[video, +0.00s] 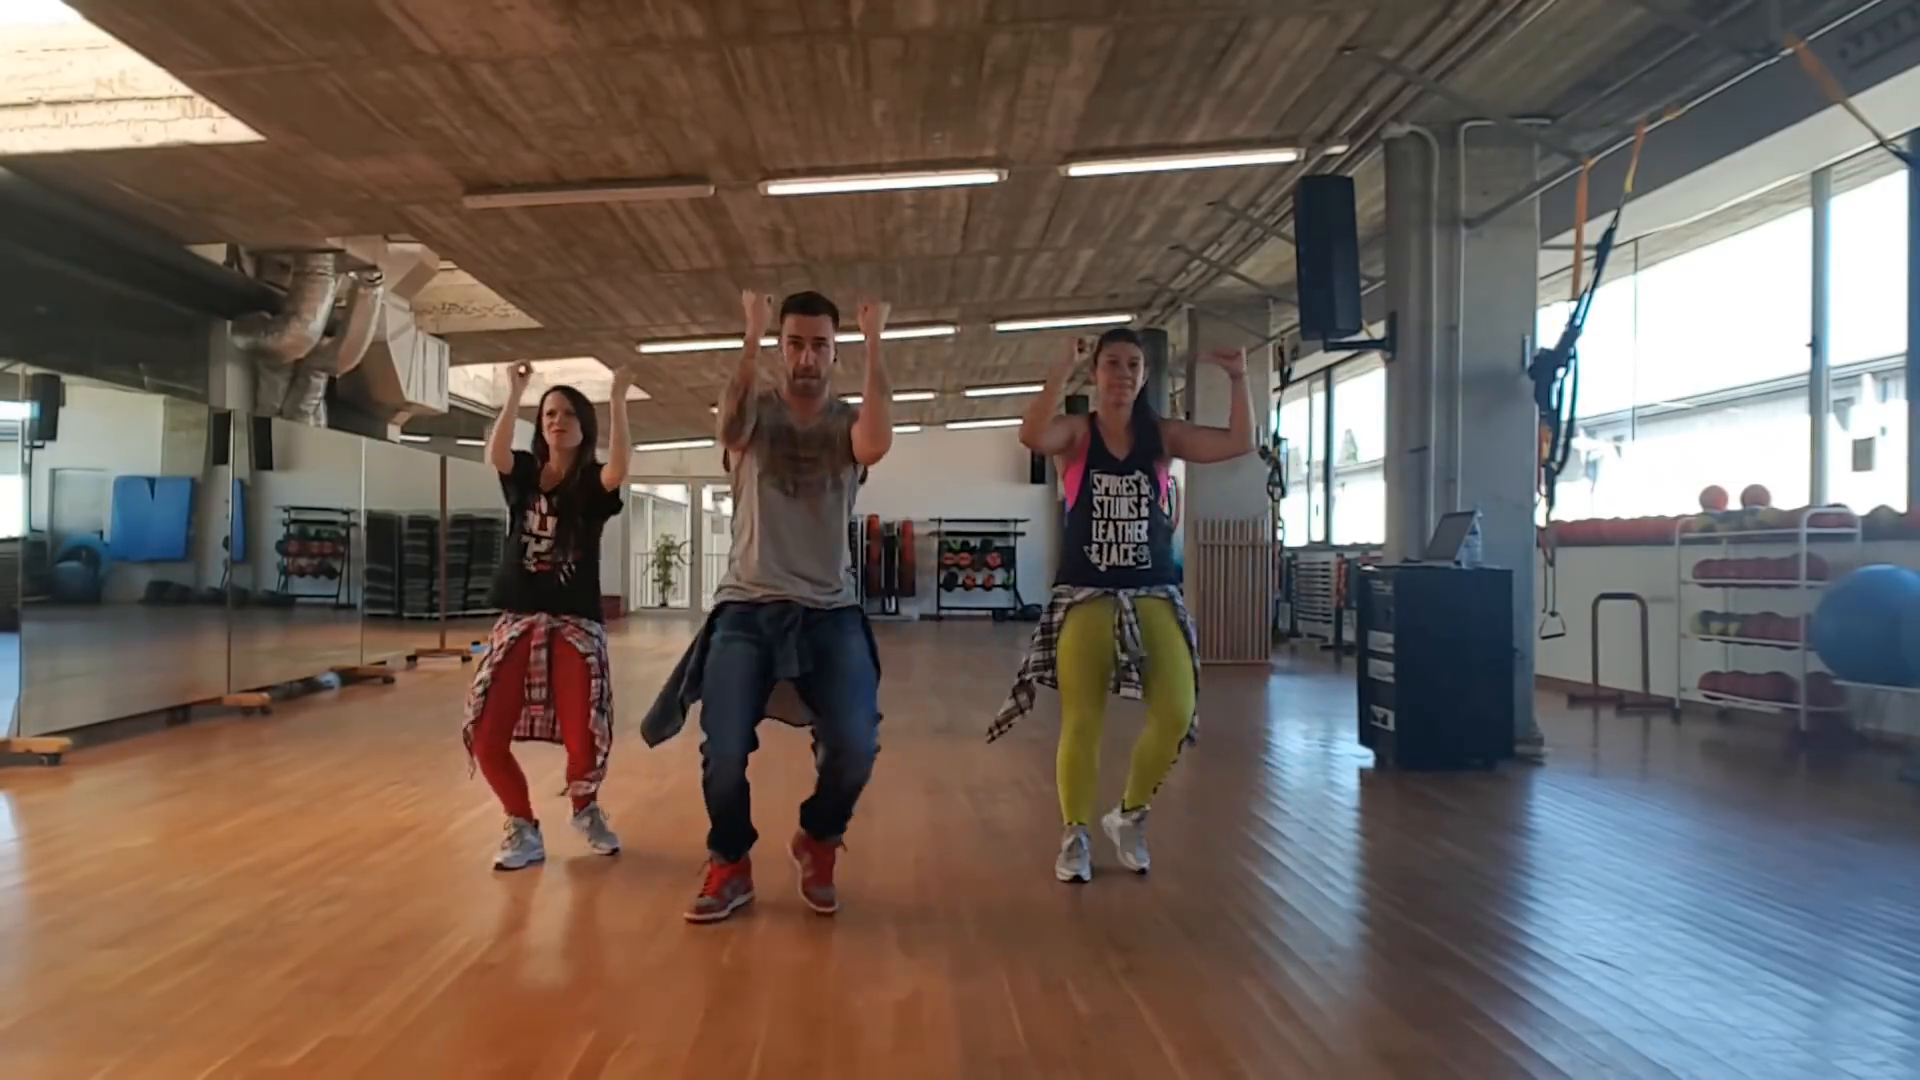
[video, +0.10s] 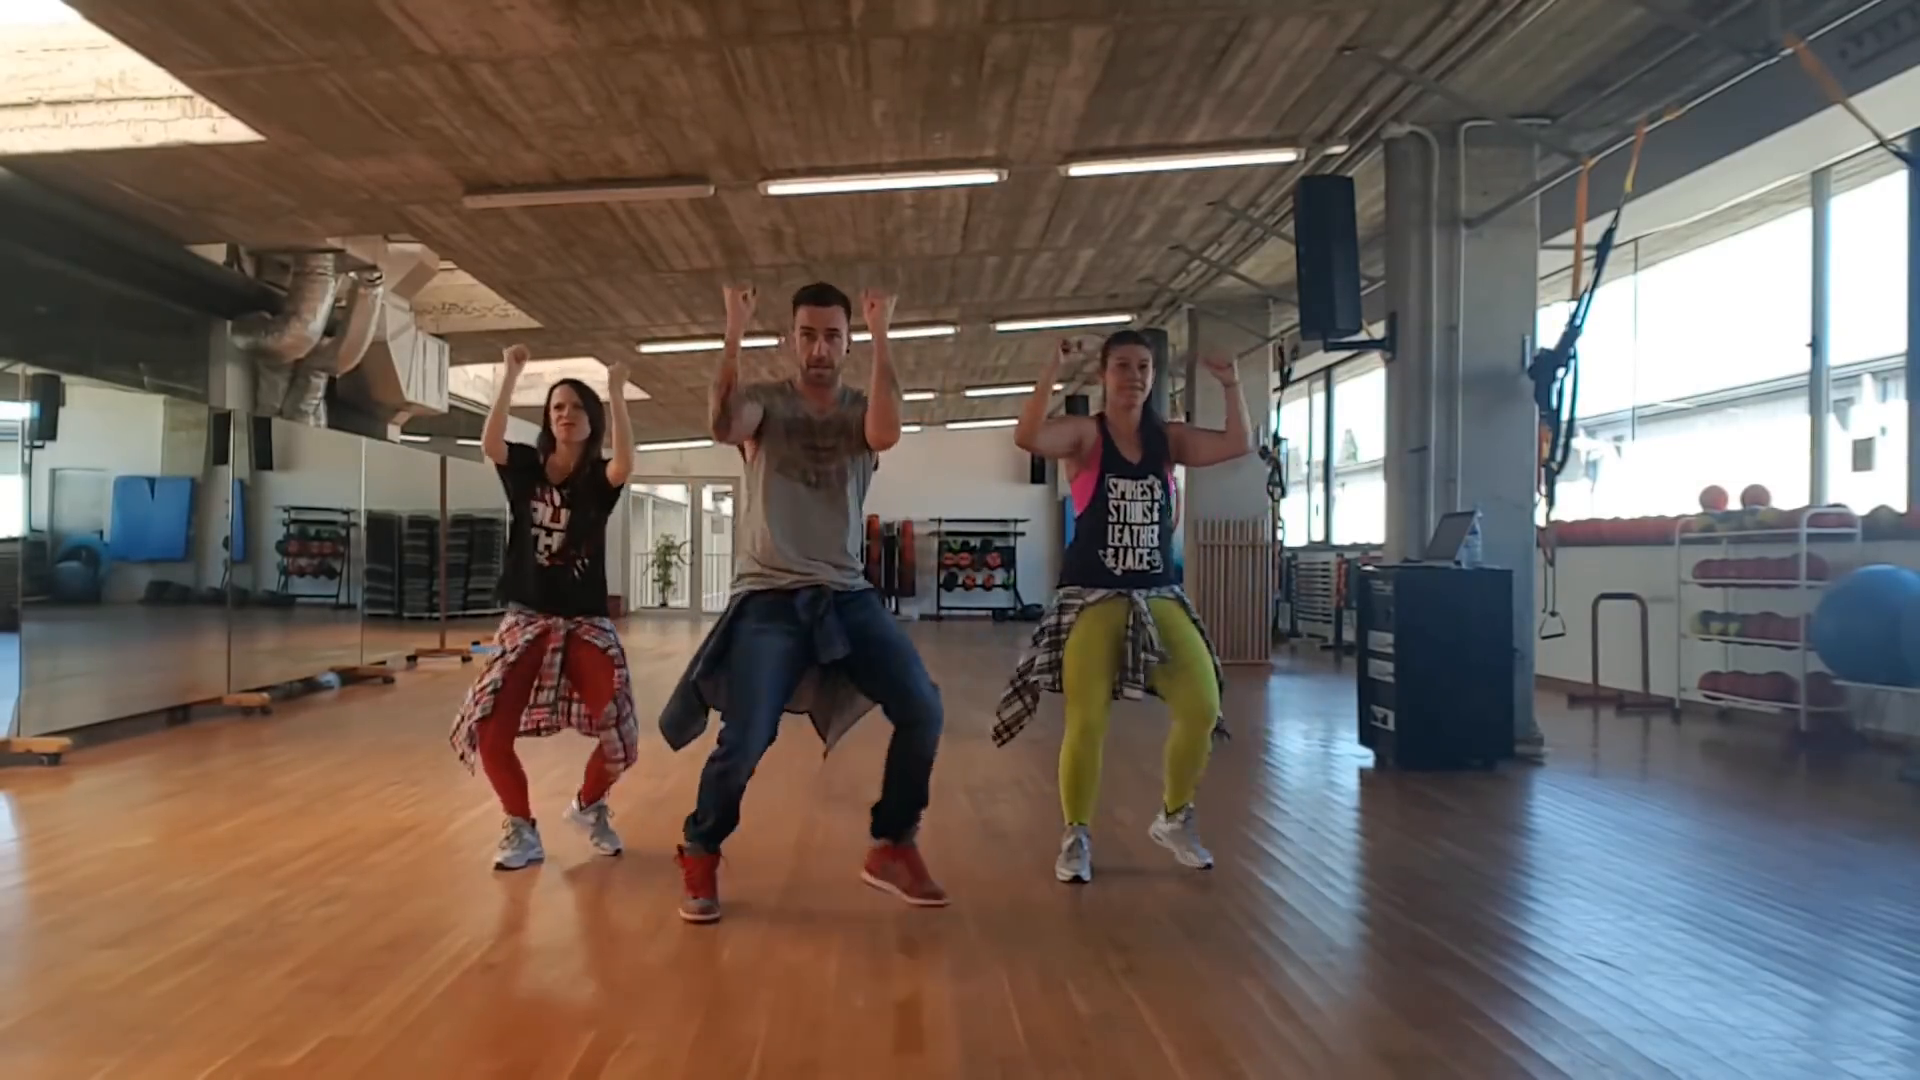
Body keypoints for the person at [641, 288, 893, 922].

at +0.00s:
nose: (805, 356)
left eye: (817, 344)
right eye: (795, 343)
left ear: (835, 352)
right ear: (777, 348)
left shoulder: (847, 417)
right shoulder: (752, 412)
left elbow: (874, 445)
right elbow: (729, 427)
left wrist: (872, 346)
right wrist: (750, 346)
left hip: (830, 608)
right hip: (748, 604)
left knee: (855, 745)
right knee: (723, 749)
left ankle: (818, 841)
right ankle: (729, 865)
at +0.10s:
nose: (820, 348)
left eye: (832, 336)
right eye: (808, 336)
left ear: (848, 342)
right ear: (788, 341)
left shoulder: (861, 407)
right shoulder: (763, 400)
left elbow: (885, 434)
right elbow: (721, 425)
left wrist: (879, 339)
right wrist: (733, 338)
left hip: (846, 591)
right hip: (770, 591)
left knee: (922, 709)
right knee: (747, 737)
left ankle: (894, 848)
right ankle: (701, 856)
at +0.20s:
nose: (838, 346)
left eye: (849, 335)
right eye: (827, 334)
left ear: (867, 344)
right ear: (810, 340)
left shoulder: (884, 407)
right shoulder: (784, 405)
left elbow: (902, 437)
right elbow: (725, 432)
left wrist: (878, 341)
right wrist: (719, 345)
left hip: (872, 600)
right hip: (797, 600)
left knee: (952, 715)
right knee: (776, 748)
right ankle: (678, 852)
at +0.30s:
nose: (864, 364)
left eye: (875, 350)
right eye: (852, 350)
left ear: (893, 357)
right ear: (838, 356)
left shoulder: (916, 420)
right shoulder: (811, 422)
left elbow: (921, 450)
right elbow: (751, 451)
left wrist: (893, 357)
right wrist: (742, 369)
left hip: (907, 620)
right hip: (835, 621)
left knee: (989, 729)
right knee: (805, 760)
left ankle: (1022, 866)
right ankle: (683, 847)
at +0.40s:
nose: (895, 372)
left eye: (905, 359)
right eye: (883, 360)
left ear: (920, 362)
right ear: (868, 365)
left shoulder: (949, 428)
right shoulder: (846, 433)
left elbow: (955, 460)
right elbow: (787, 467)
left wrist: (925, 376)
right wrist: (772, 383)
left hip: (946, 621)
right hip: (874, 623)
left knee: (1034, 730)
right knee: (829, 760)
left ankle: (1031, 872)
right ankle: (699, 844)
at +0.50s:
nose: (921, 362)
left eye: (931, 348)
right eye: (909, 350)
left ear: (951, 350)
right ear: (895, 355)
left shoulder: (978, 413)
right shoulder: (878, 425)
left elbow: (999, 442)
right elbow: (812, 461)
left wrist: (962, 353)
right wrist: (797, 376)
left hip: (977, 604)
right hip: (903, 603)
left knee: (1051, 731)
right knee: (851, 747)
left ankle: (1033, 870)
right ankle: (746, 832)